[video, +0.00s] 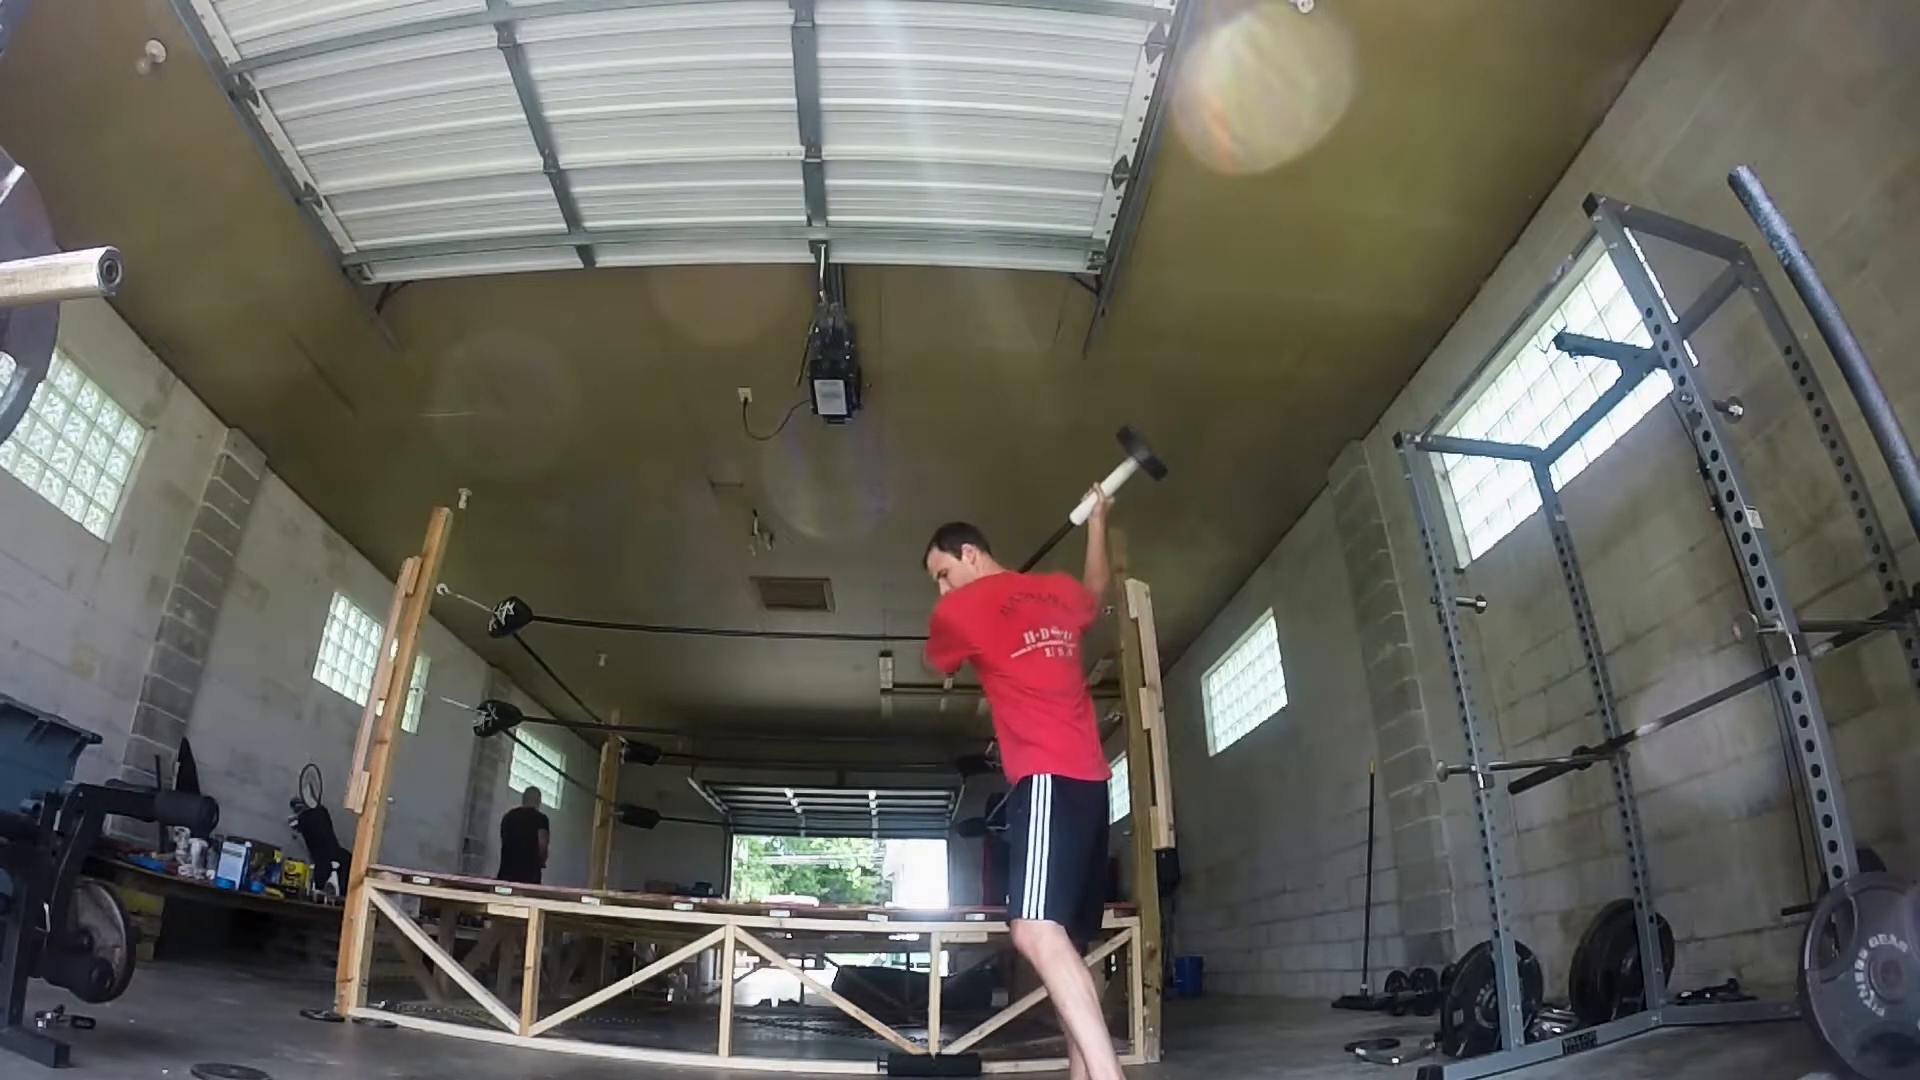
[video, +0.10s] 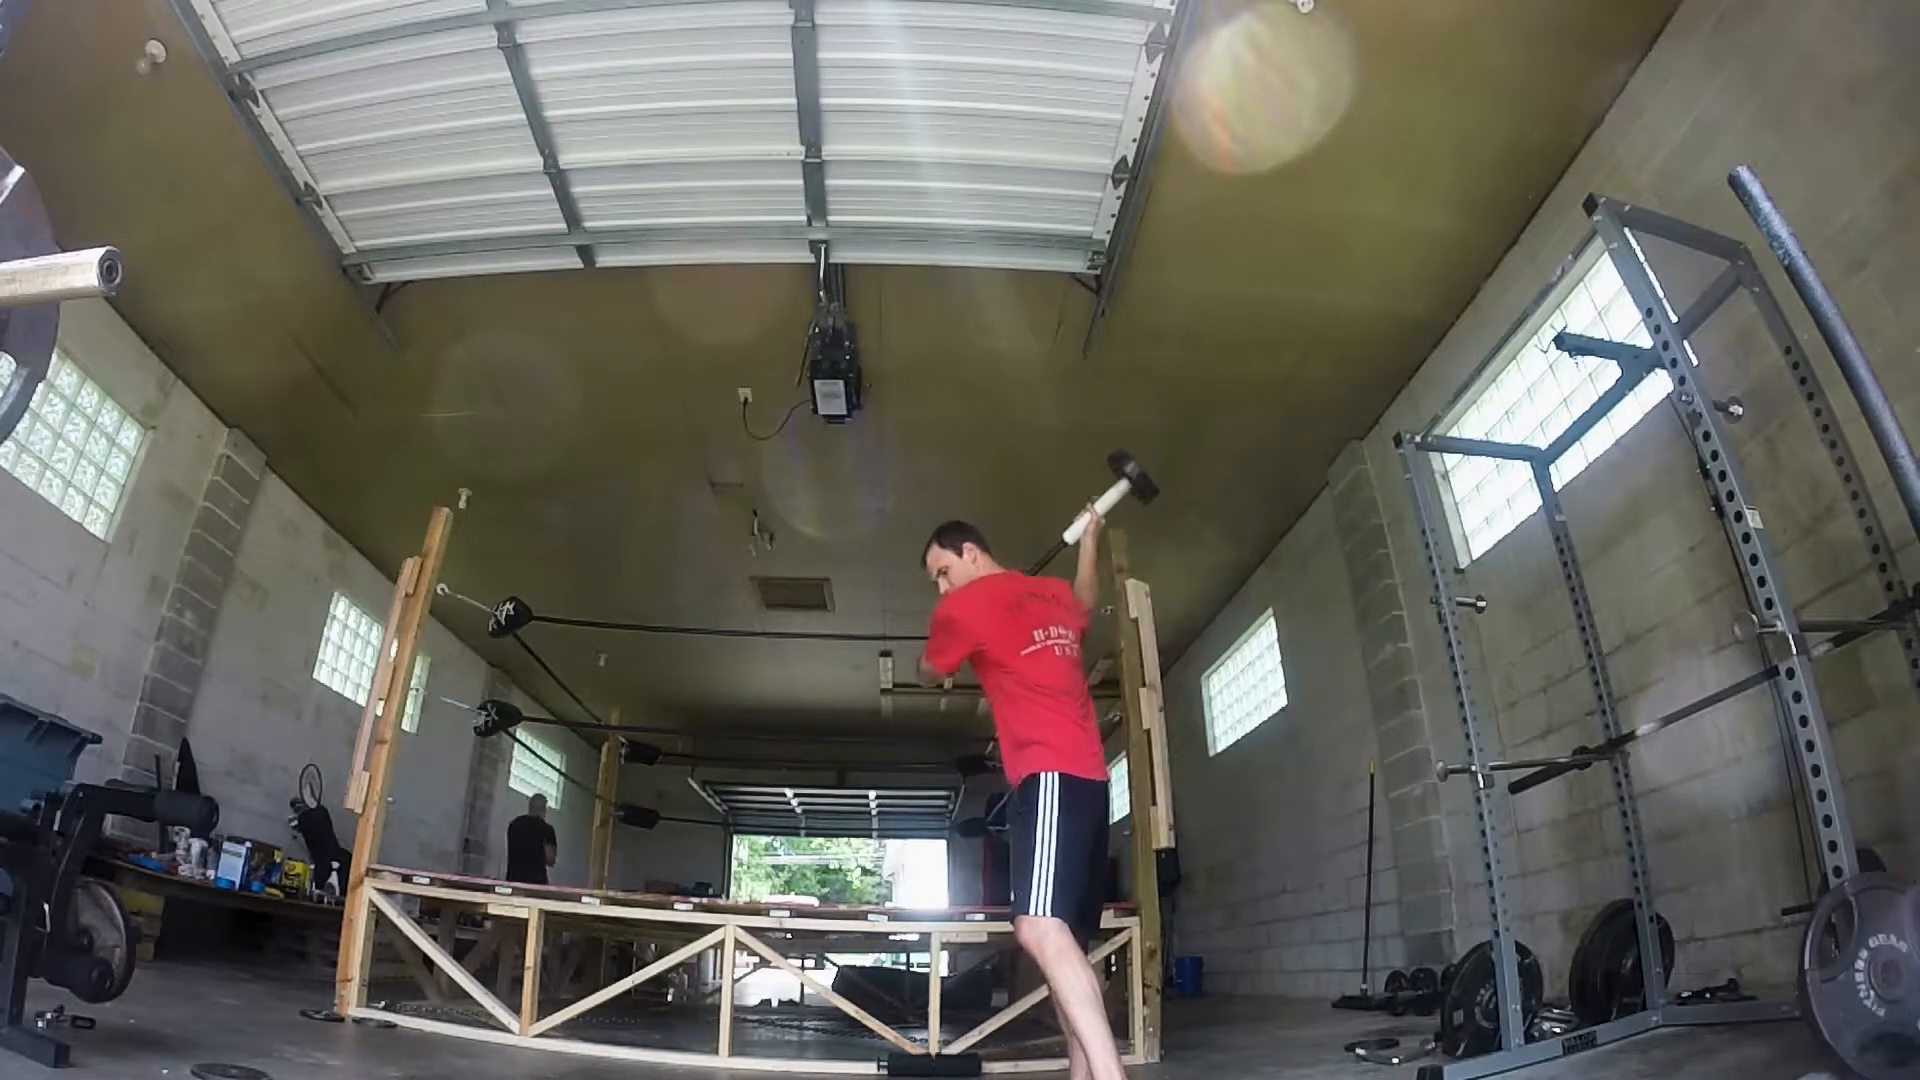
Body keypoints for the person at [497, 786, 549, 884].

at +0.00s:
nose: (539, 802)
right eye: (539, 799)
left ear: (523, 798)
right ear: (538, 800)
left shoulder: (508, 816)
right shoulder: (541, 818)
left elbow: (504, 839)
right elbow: (542, 844)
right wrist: (542, 862)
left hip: (508, 866)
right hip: (529, 869)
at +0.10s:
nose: (545, 810)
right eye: (544, 808)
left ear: (529, 807)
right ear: (544, 809)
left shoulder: (513, 824)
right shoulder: (546, 828)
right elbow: (550, 858)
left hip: (514, 879)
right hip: (537, 881)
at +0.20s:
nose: (551, 814)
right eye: (551, 811)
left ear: (535, 810)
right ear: (550, 812)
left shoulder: (519, 827)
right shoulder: (552, 833)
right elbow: (557, 867)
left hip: (518, 883)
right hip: (542, 885)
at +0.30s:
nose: (557, 811)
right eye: (557, 809)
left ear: (542, 807)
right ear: (556, 810)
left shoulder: (523, 825)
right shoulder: (560, 830)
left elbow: (512, 854)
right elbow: (564, 864)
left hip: (522, 883)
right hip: (547, 885)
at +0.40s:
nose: (556, 811)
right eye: (559, 808)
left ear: (546, 807)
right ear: (561, 810)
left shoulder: (531, 822)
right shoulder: (567, 830)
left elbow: (512, 848)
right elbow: (573, 862)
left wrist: (528, 855)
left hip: (529, 880)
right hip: (552, 882)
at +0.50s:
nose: (557, 814)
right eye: (561, 812)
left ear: (549, 812)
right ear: (564, 814)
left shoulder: (535, 829)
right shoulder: (572, 835)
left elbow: (515, 848)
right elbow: (581, 864)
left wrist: (529, 859)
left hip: (535, 884)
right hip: (558, 886)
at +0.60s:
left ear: (552, 818)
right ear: (567, 819)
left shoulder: (540, 835)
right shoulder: (574, 839)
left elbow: (521, 857)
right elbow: (583, 868)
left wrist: (534, 867)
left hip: (540, 890)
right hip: (563, 892)